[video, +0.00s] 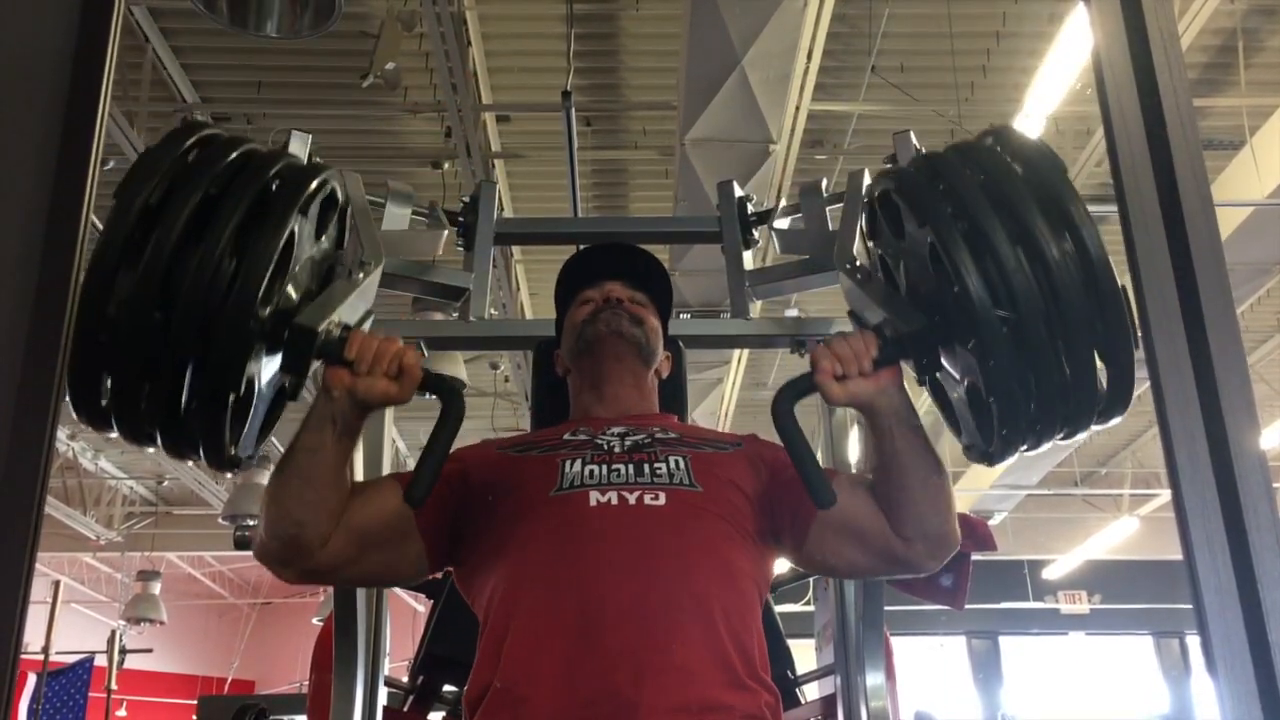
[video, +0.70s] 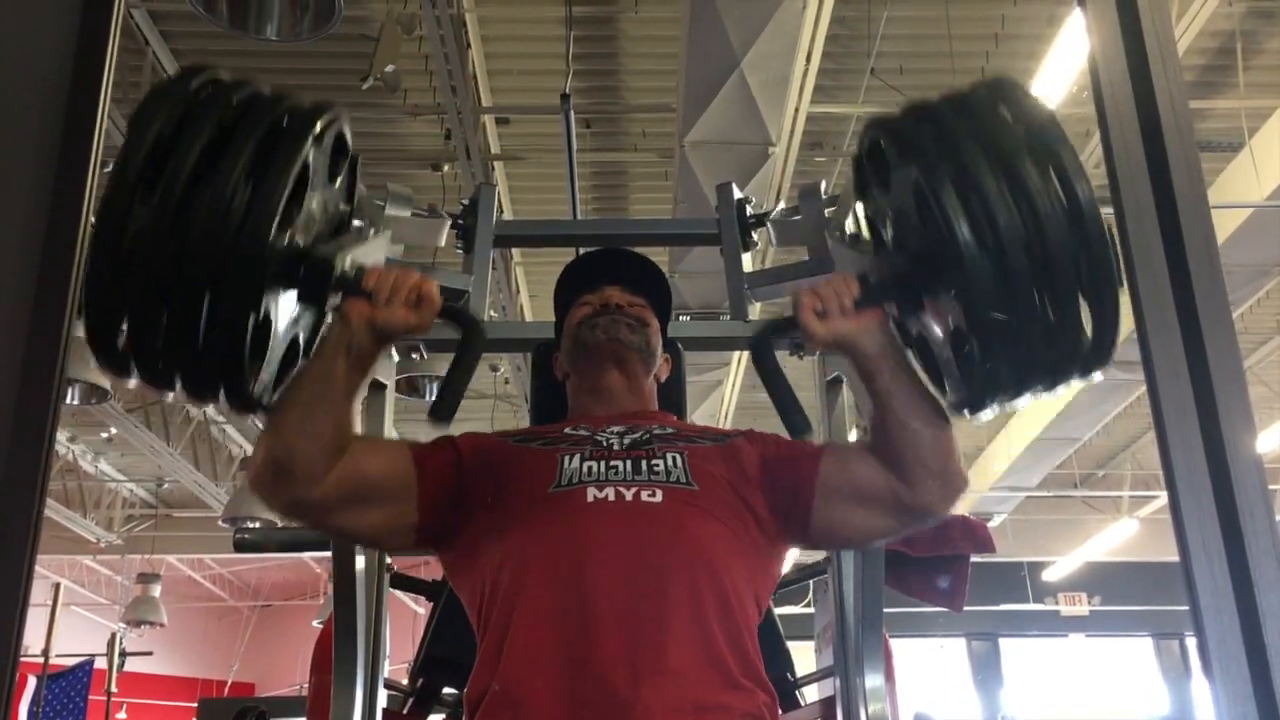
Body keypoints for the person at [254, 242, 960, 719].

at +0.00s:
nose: (616, 301)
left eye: (639, 302)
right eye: (589, 301)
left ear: (669, 359)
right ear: (555, 360)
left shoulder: (748, 462)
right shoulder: (486, 468)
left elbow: (922, 544)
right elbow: (299, 548)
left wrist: (882, 404)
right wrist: (342, 403)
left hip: (725, 707)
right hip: (528, 708)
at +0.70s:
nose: (610, 312)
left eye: (634, 313)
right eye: (586, 313)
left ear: (666, 365)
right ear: (555, 364)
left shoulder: (741, 460)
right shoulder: (487, 467)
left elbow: (925, 486)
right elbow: (293, 479)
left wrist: (867, 342)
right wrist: (358, 336)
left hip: (726, 703)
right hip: (526, 703)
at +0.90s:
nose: (610, 307)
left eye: (635, 307)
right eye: (584, 307)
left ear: (666, 360)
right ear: (554, 362)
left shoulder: (751, 454)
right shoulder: (484, 461)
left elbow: (906, 407)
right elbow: (319, 397)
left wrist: (851, 251)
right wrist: (377, 252)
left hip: (723, 704)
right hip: (527, 704)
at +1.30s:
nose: (609, 316)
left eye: (634, 316)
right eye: (585, 312)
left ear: (666, 369)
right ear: (552, 363)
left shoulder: (754, 453)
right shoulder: (485, 457)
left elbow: (847, 328)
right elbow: (395, 317)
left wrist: (828, 161)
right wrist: (404, 153)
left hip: (728, 705)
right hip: (518, 706)